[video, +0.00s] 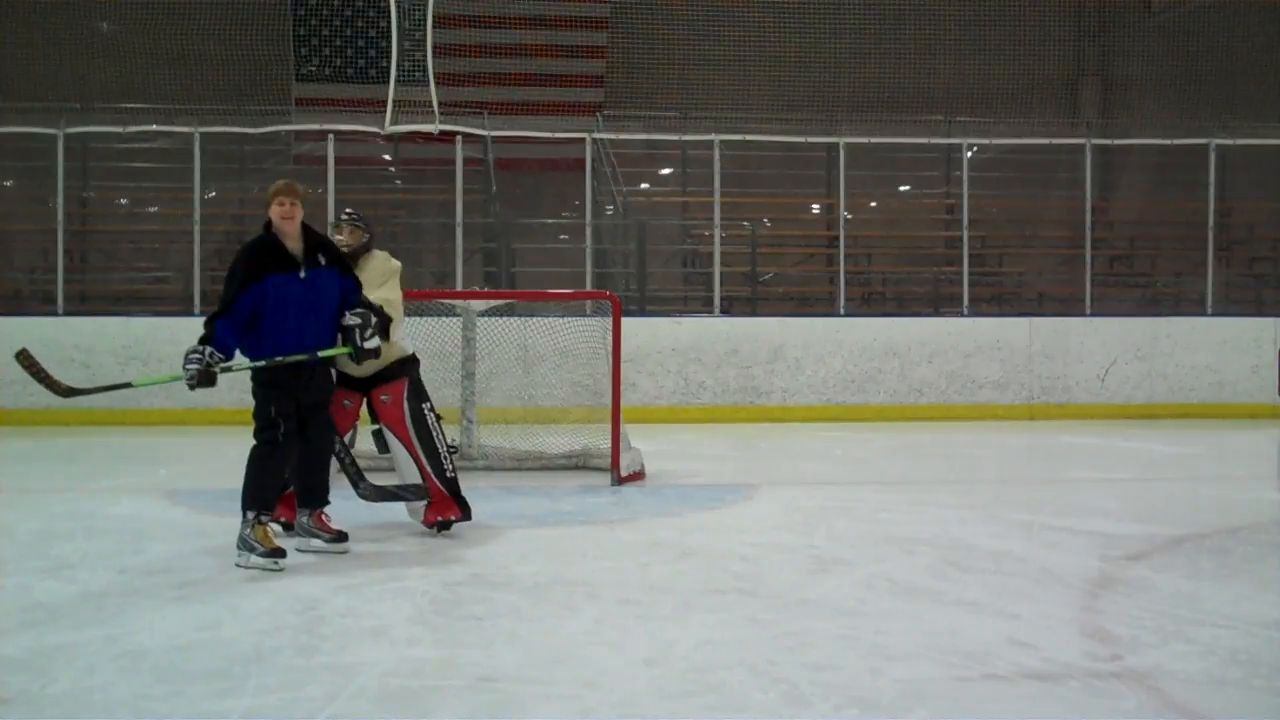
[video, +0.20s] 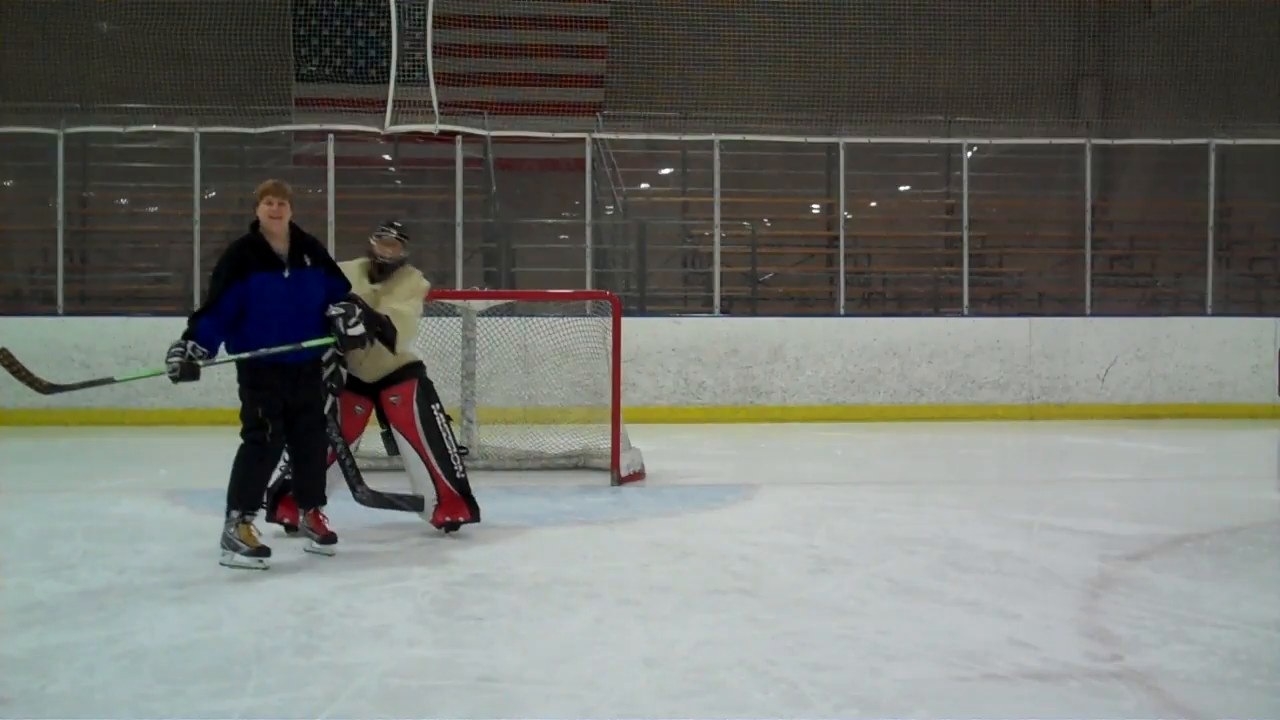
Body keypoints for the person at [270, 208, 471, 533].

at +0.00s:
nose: (345, 238)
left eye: (353, 233)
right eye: (339, 232)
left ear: (366, 237)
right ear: (332, 236)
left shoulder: (382, 266)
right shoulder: (327, 268)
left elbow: (387, 307)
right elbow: (312, 307)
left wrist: (367, 325)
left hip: (390, 368)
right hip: (342, 371)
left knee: (420, 434)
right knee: (318, 438)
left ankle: (445, 502)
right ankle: (290, 502)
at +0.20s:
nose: (386, 251)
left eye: (394, 245)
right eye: (381, 243)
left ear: (404, 250)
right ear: (372, 244)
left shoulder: (412, 284)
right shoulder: (346, 273)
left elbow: (400, 334)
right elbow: (317, 303)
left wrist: (363, 315)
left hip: (397, 372)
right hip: (351, 373)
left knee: (426, 435)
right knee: (329, 440)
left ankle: (453, 502)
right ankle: (290, 500)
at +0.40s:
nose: (416, 255)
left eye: (424, 250)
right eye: (412, 247)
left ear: (434, 256)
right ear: (401, 249)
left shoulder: (445, 292)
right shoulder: (370, 278)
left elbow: (447, 344)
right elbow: (345, 321)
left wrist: (406, 356)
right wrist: (359, 350)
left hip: (419, 377)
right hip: (370, 372)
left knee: (431, 426)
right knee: (347, 434)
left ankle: (462, 503)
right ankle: (298, 502)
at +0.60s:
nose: (427, 257)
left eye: (435, 252)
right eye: (422, 250)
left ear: (446, 257)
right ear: (413, 251)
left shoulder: (461, 294)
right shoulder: (383, 280)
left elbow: (463, 354)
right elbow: (360, 333)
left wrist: (430, 389)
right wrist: (358, 378)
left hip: (431, 383)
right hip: (381, 378)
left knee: (449, 433)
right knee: (346, 430)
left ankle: (471, 505)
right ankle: (330, 507)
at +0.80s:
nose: (418, 261)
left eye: (426, 255)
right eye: (414, 253)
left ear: (439, 259)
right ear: (405, 254)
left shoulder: (457, 295)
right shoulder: (379, 281)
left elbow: (465, 349)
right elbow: (352, 325)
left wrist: (450, 382)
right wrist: (346, 365)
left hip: (427, 377)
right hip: (376, 373)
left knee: (445, 435)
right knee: (345, 433)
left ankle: (472, 504)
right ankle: (325, 507)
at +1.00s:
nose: (396, 262)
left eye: (404, 256)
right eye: (392, 255)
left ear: (419, 259)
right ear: (385, 257)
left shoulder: (440, 295)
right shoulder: (362, 285)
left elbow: (456, 348)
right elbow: (332, 323)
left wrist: (440, 379)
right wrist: (317, 356)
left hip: (417, 379)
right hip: (364, 375)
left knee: (443, 433)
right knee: (340, 435)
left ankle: (478, 497)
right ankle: (317, 506)